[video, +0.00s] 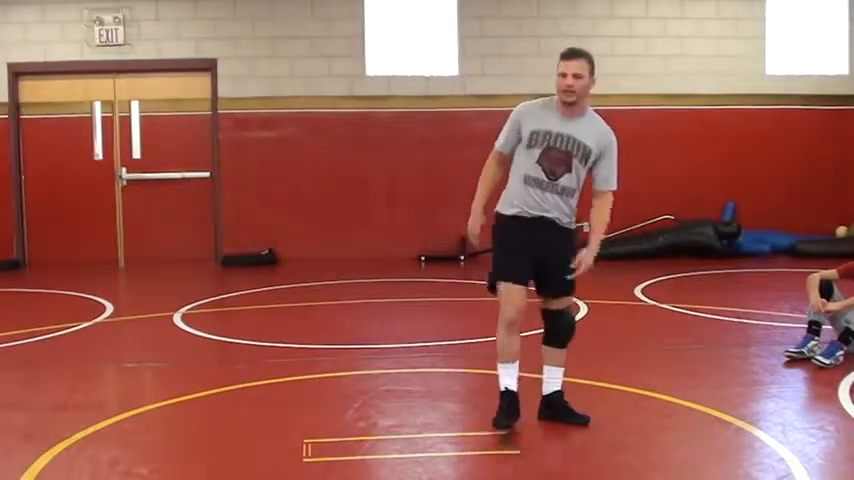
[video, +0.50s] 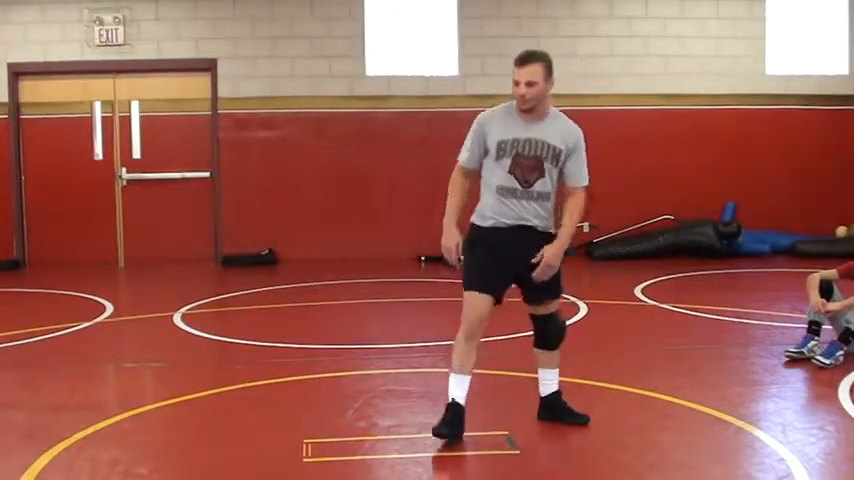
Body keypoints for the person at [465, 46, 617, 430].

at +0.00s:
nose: (568, 83)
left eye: (577, 76)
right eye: (563, 75)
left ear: (591, 82)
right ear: (555, 78)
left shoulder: (602, 137)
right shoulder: (525, 114)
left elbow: (603, 197)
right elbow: (496, 162)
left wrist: (593, 246)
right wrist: (476, 213)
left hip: (558, 230)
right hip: (513, 223)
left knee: (561, 318)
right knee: (512, 314)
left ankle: (551, 398)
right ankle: (508, 396)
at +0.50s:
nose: (522, 91)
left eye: (531, 84)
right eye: (518, 83)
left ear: (549, 86)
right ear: (511, 83)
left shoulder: (569, 134)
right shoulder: (487, 122)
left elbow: (576, 194)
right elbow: (462, 173)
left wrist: (560, 245)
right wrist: (450, 225)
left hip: (540, 237)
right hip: (488, 234)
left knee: (548, 323)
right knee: (472, 321)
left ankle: (550, 399)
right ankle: (455, 408)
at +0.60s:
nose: (497, 92)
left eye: (506, 85)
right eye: (493, 84)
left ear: (527, 86)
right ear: (488, 84)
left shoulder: (552, 132)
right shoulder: (468, 127)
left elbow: (566, 190)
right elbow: (447, 183)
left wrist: (566, 246)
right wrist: (440, 237)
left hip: (526, 241)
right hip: (476, 240)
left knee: (543, 325)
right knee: (465, 327)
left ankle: (549, 400)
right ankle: (453, 415)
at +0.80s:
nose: (453, 89)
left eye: (461, 81)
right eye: (450, 81)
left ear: (485, 82)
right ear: (448, 81)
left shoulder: (516, 123)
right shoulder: (433, 130)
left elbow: (539, 179)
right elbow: (420, 188)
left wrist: (552, 232)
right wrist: (436, 242)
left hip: (505, 238)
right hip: (454, 240)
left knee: (537, 322)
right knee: (451, 328)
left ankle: (541, 396)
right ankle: (450, 418)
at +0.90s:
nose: (437, 85)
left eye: (445, 78)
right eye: (435, 78)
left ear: (469, 80)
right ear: (435, 80)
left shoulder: (505, 119)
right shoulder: (422, 130)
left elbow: (526, 174)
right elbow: (413, 190)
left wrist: (540, 228)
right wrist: (438, 243)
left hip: (496, 234)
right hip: (447, 238)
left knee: (531, 324)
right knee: (448, 327)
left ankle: (528, 395)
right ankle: (449, 418)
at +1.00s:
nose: (424, 85)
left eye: (432, 77)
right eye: (422, 77)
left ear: (457, 79)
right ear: (425, 80)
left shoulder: (495, 118)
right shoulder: (413, 131)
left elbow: (517, 173)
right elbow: (407, 192)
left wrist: (530, 227)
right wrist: (434, 245)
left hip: (489, 234)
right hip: (440, 239)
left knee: (521, 325)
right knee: (444, 324)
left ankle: (521, 395)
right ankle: (449, 417)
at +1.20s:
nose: (409, 81)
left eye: (417, 74)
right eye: (408, 74)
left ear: (442, 76)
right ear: (412, 78)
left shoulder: (483, 118)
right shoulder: (400, 131)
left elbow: (505, 173)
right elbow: (395, 194)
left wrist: (519, 228)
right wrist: (408, 247)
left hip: (477, 234)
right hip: (428, 239)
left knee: (513, 326)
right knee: (438, 328)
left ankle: (507, 390)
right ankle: (448, 417)